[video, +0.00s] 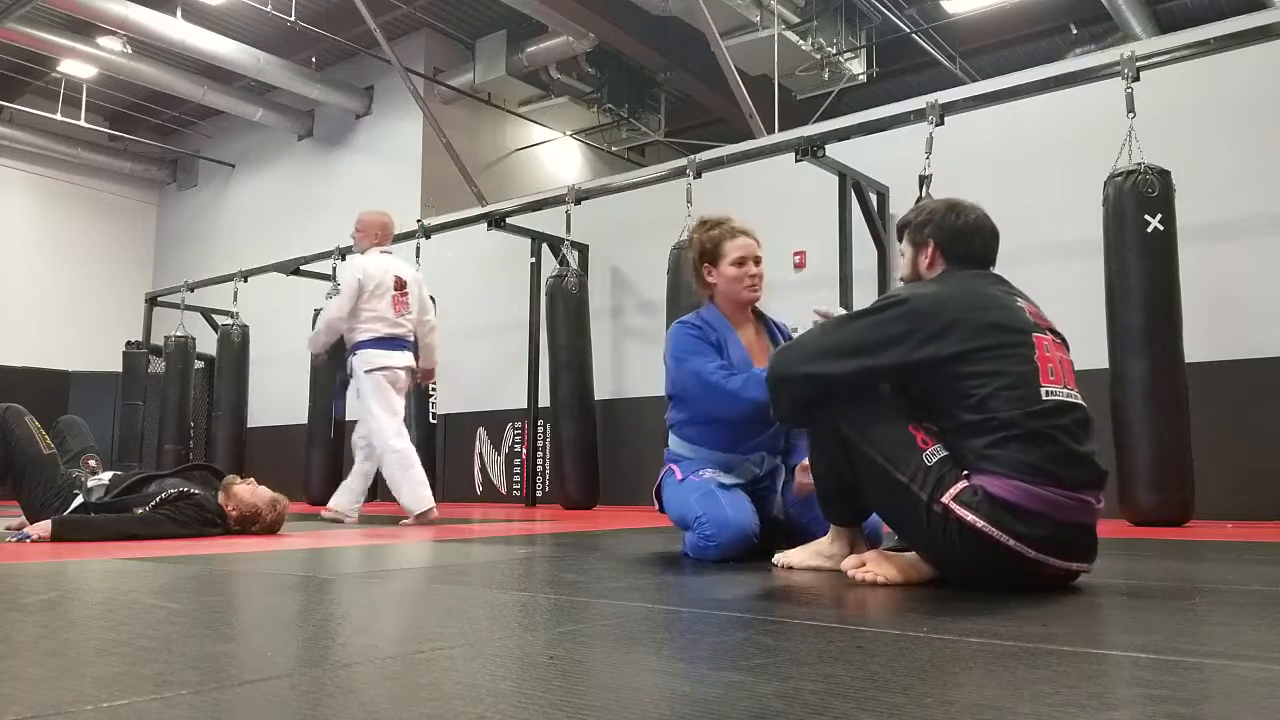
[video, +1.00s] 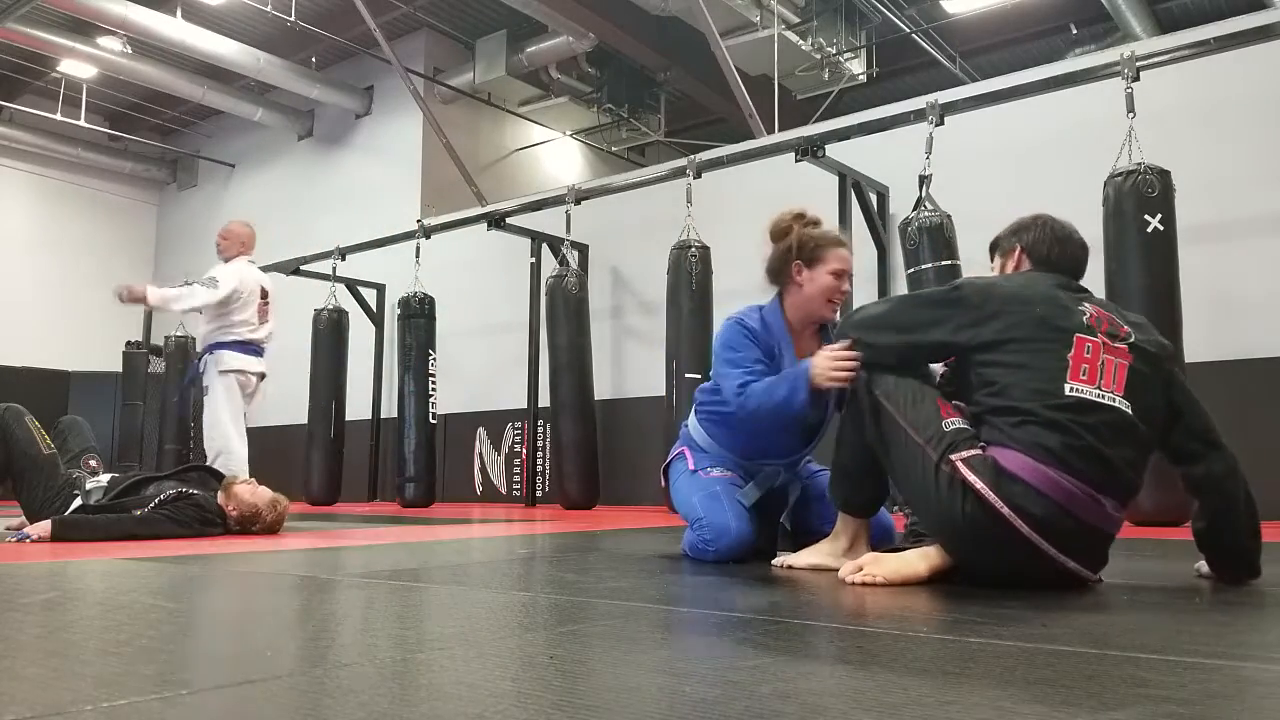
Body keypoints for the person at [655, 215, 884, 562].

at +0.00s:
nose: (754, 272)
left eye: (757, 262)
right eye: (740, 264)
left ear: (764, 266)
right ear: (710, 274)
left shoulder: (781, 336)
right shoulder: (688, 334)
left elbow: (798, 415)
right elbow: (723, 394)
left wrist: (802, 463)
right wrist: (798, 376)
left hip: (773, 473)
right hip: (700, 472)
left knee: (865, 528)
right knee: (735, 533)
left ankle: (770, 530)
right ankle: (696, 542)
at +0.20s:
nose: (749, 273)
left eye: (752, 263)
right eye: (735, 265)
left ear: (759, 265)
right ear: (705, 276)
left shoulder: (779, 335)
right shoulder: (684, 339)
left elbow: (802, 425)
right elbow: (717, 417)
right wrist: (796, 395)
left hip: (777, 471)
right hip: (702, 472)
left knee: (866, 527)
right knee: (734, 533)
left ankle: (770, 528)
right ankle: (698, 540)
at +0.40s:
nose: (762, 276)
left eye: (764, 266)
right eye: (747, 270)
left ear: (770, 269)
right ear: (717, 281)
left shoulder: (792, 341)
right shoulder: (690, 344)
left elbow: (824, 407)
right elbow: (677, 435)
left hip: (773, 474)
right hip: (701, 475)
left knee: (875, 526)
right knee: (732, 533)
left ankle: (774, 530)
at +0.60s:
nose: (791, 277)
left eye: (794, 267)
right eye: (777, 269)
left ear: (799, 272)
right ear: (745, 279)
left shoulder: (810, 343)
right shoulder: (705, 340)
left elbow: (843, 406)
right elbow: (660, 413)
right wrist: (676, 434)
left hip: (778, 475)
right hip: (704, 474)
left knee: (878, 528)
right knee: (734, 534)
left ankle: (777, 529)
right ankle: (697, 541)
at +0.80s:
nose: (827, 284)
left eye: (830, 276)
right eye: (814, 273)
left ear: (833, 281)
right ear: (779, 280)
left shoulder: (828, 349)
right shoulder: (731, 334)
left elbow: (852, 414)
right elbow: (681, 417)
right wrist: (713, 405)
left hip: (779, 475)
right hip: (705, 469)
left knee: (876, 529)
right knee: (731, 538)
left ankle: (777, 524)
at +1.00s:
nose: (846, 289)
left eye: (848, 279)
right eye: (837, 276)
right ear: (799, 273)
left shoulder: (835, 342)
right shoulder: (741, 331)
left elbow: (860, 412)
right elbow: (744, 404)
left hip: (788, 466)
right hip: (710, 461)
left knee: (881, 532)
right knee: (730, 539)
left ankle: (783, 519)